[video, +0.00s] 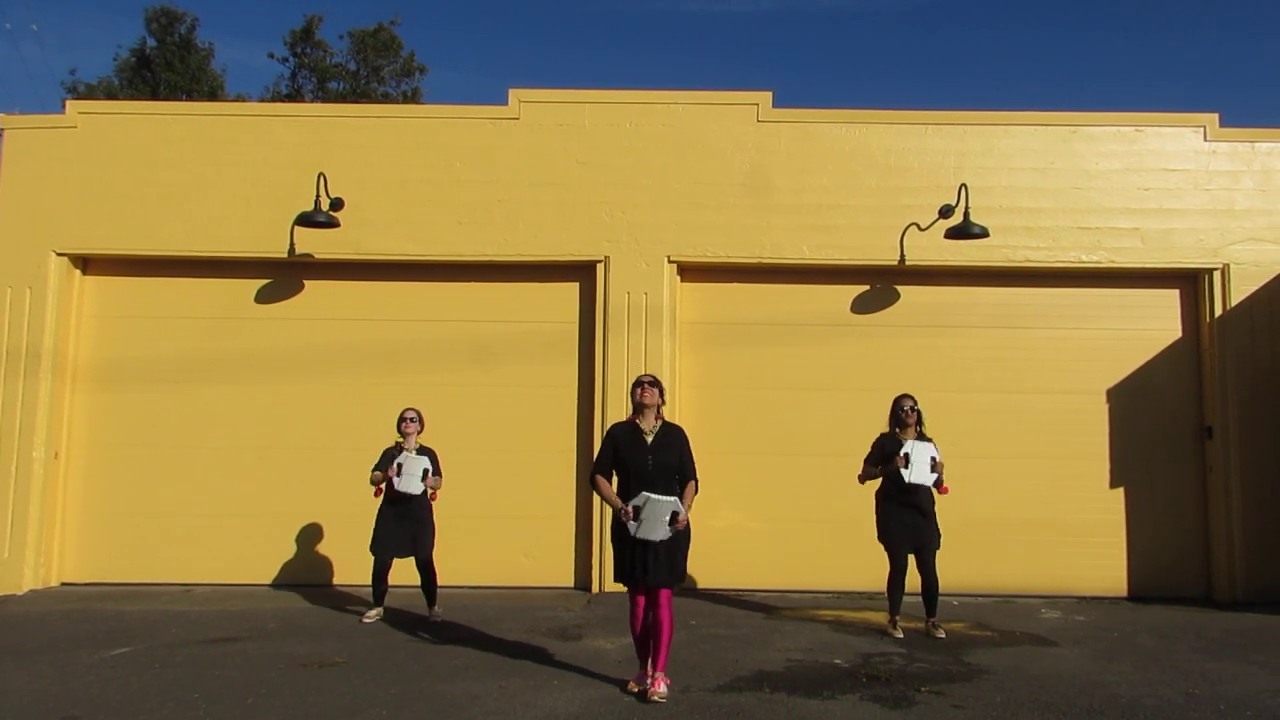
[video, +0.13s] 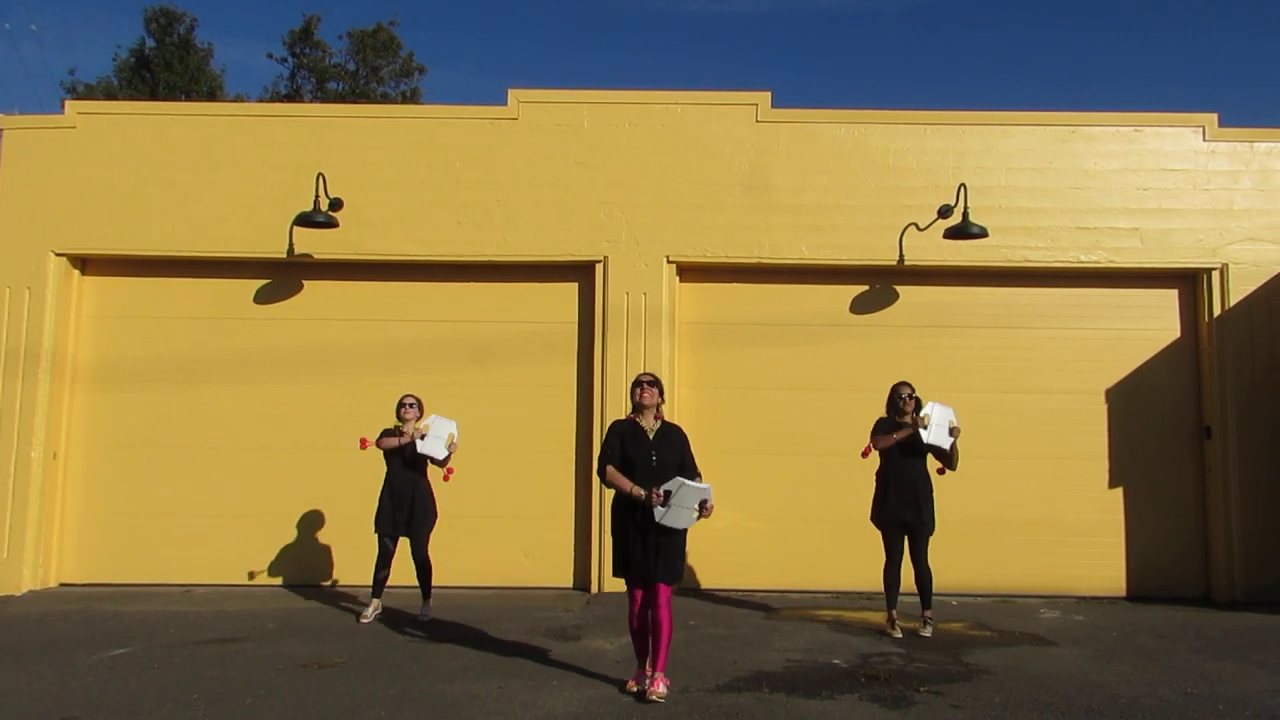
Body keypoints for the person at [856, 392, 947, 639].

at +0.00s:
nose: (908, 413)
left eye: (912, 409)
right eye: (903, 409)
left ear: (918, 413)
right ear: (895, 414)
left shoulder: (927, 444)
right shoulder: (885, 441)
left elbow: (938, 483)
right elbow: (863, 475)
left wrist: (937, 470)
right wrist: (891, 467)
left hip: (923, 514)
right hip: (893, 513)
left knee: (928, 569)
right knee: (898, 567)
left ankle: (931, 621)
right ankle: (894, 621)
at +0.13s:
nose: (906, 401)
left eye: (910, 396)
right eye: (900, 398)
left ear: (916, 400)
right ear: (892, 402)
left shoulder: (924, 427)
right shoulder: (885, 424)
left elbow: (950, 464)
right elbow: (878, 443)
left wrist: (953, 440)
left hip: (919, 501)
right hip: (890, 501)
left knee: (920, 559)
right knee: (893, 558)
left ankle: (927, 615)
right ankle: (891, 616)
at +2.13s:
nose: (908, 410)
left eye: (912, 407)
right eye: (902, 407)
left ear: (918, 410)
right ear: (893, 410)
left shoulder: (926, 436)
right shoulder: (886, 438)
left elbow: (944, 461)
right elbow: (881, 461)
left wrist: (941, 441)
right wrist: (893, 444)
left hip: (925, 507)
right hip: (895, 508)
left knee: (925, 563)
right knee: (899, 566)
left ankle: (931, 624)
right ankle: (895, 617)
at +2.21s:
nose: (908, 409)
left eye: (912, 405)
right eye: (903, 405)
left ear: (919, 408)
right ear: (894, 409)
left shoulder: (928, 432)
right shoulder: (885, 434)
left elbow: (947, 461)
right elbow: (887, 458)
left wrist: (959, 443)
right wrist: (913, 444)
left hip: (925, 508)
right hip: (895, 509)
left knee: (922, 565)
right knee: (899, 566)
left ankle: (931, 625)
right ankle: (901, 615)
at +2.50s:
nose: (907, 410)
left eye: (911, 406)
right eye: (901, 407)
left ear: (918, 410)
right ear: (894, 411)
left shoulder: (931, 439)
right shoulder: (886, 439)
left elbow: (947, 470)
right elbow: (881, 473)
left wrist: (944, 461)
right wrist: (895, 465)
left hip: (929, 508)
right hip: (898, 510)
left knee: (929, 564)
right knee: (904, 564)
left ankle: (925, 623)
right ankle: (903, 615)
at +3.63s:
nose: (915, 411)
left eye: (919, 406)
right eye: (909, 407)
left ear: (925, 411)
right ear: (901, 412)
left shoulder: (935, 442)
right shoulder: (890, 440)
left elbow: (943, 473)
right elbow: (875, 474)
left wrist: (941, 473)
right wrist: (894, 473)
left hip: (926, 511)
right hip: (896, 512)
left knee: (922, 567)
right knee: (895, 565)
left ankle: (919, 620)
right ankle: (888, 619)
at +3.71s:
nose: (915, 403)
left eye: (918, 398)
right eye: (908, 399)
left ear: (925, 403)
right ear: (900, 404)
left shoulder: (935, 434)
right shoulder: (889, 431)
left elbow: (947, 472)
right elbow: (875, 468)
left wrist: (943, 463)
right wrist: (894, 462)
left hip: (927, 504)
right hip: (896, 504)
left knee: (930, 560)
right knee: (895, 558)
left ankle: (924, 613)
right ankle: (886, 613)